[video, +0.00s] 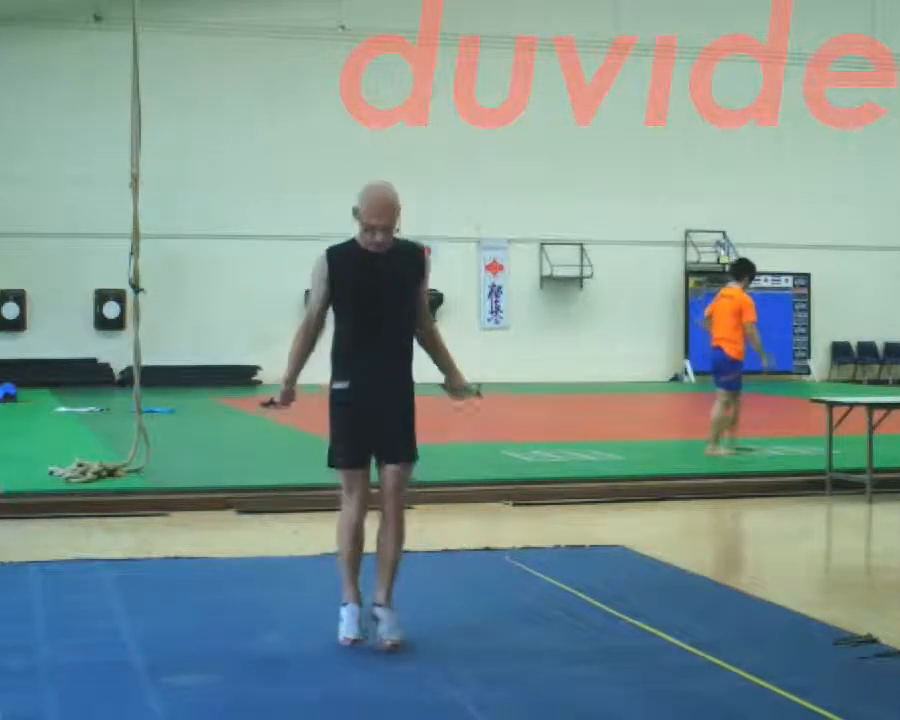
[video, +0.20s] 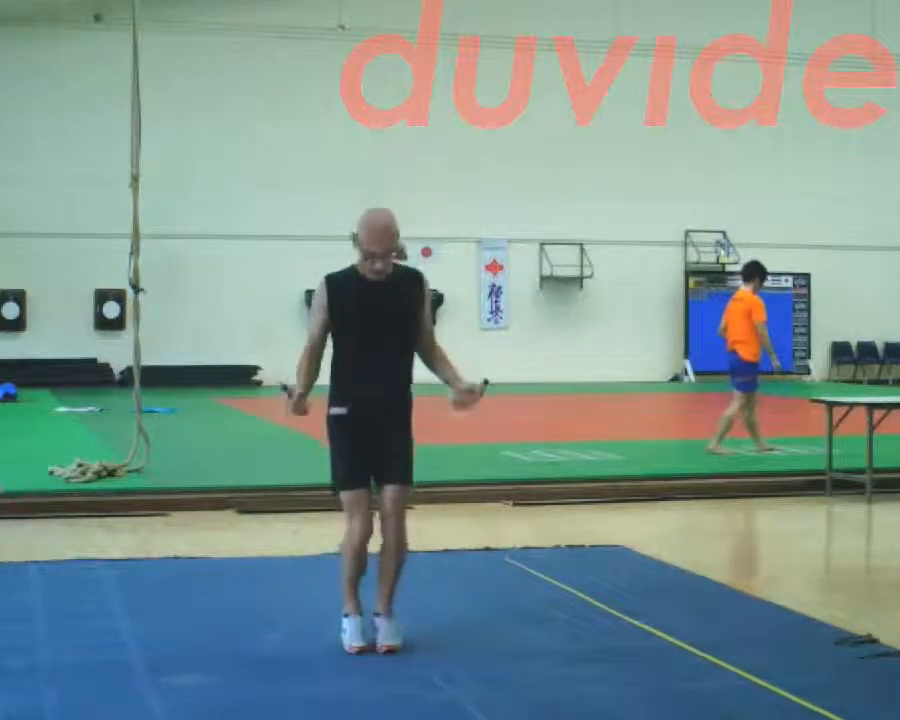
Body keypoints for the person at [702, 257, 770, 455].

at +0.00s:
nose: (751, 282)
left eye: (752, 278)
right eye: (751, 278)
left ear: (733, 275)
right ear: (746, 277)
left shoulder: (721, 294)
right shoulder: (744, 299)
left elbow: (705, 319)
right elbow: (750, 330)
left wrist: (719, 333)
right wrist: (762, 355)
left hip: (717, 348)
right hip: (731, 350)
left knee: (734, 397)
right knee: (723, 399)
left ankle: (729, 441)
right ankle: (713, 444)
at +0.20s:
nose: (762, 285)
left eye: (763, 281)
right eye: (762, 280)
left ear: (744, 278)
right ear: (758, 279)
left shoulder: (735, 299)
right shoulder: (755, 301)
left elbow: (722, 329)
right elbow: (761, 329)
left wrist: (735, 341)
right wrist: (773, 356)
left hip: (736, 353)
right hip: (748, 355)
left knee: (749, 402)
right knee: (739, 401)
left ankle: (759, 443)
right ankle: (715, 442)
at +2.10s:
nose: (830, 279)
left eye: (830, 275)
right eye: (829, 275)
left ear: (811, 274)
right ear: (824, 275)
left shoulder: (804, 295)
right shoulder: (822, 298)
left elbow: (801, 323)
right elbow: (826, 327)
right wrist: (835, 352)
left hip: (802, 348)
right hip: (817, 350)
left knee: (805, 395)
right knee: (817, 397)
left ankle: (798, 438)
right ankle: (817, 441)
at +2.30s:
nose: (837, 279)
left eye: (837, 275)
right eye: (836, 275)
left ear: (817, 275)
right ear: (831, 276)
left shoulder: (810, 296)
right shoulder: (828, 298)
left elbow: (805, 325)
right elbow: (830, 326)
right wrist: (839, 355)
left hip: (806, 349)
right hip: (820, 351)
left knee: (810, 396)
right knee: (818, 398)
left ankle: (802, 437)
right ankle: (815, 441)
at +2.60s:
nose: (840, 279)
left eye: (839, 275)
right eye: (840, 275)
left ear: (820, 275)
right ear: (836, 276)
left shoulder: (812, 297)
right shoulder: (831, 299)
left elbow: (804, 327)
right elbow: (833, 329)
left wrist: (801, 351)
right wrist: (837, 357)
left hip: (806, 350)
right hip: (820, 351)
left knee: (821, 398)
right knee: (817, 398)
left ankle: (817, 442)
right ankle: (813, 444)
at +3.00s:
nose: (843, 282)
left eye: (844, 278)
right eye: (843, 278)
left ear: (825, 276)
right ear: (838, 277)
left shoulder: (815, 296)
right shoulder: (832, 298)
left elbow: (829, 328)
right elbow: (848, 324)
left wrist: (849, 342)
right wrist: (863, 339)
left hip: (807, 348)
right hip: (819, 351)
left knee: (814, 397)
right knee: (819, 398)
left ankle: (813, 443)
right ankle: (815, 444)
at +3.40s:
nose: (851, 300)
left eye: (853, 296)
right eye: (852, 295)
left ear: (837, 286)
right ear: (847, 292)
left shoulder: (817, 292)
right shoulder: (833, 299)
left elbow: (797, 285)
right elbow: (819, 284)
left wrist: (786, 270)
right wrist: (801, 270)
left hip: (792, 341)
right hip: (800, 347)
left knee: (809, 392)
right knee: (810, 393)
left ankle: (807, 437)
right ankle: (807, 439)